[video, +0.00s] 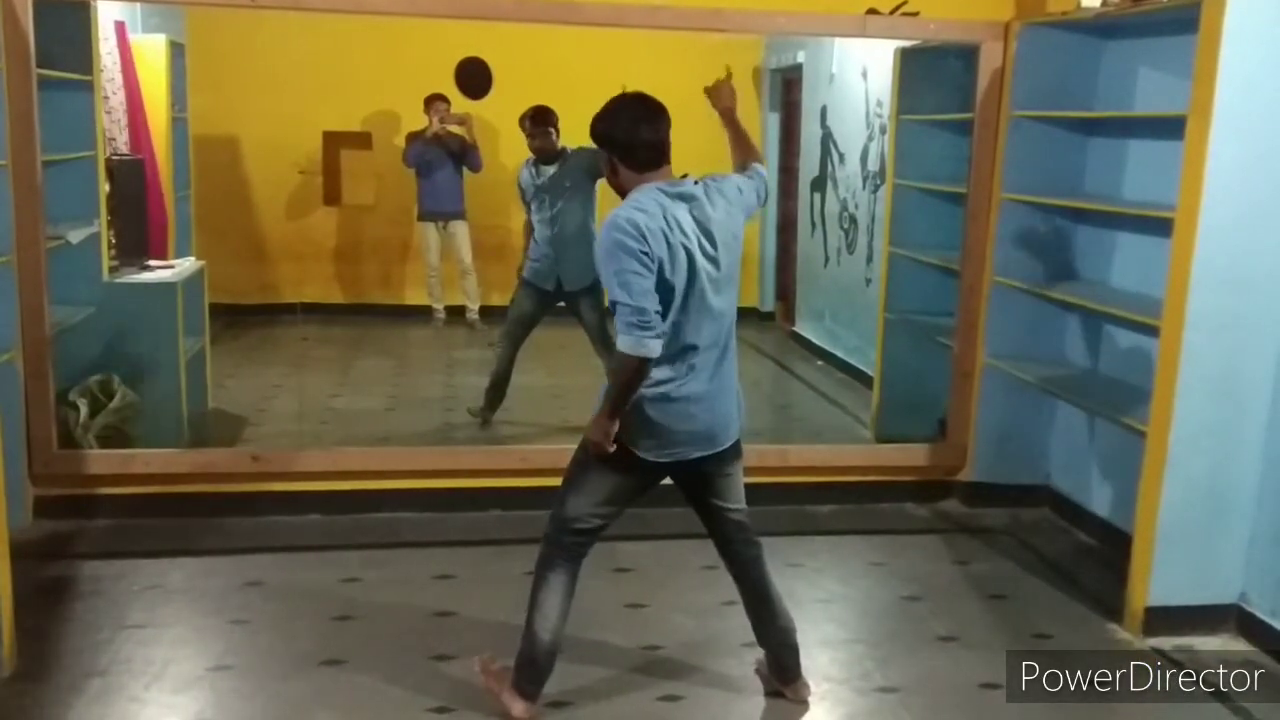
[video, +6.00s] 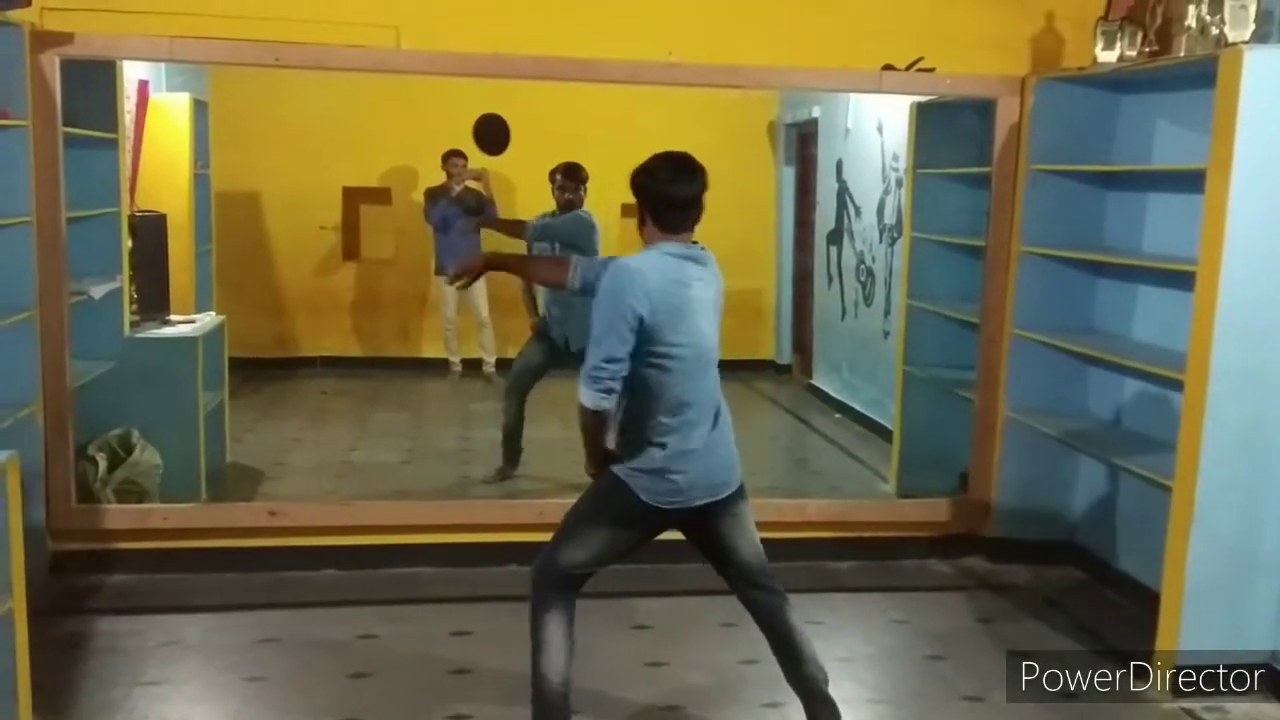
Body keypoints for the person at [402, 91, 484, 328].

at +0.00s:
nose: (440, 115)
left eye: (444, 111)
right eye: (435, 110)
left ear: (450, 113)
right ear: (427, 113)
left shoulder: (456, 140)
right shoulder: (416, 138)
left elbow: (476, 165)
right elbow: (410, 161)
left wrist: (470, 133)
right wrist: (429, 134)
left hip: (456, 213)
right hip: (428, 214)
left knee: (466, 264)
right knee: (433, 267)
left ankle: (473, 313)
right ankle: (438, 311)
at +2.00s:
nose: (440, 111)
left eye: (444, 106)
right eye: (435, 106)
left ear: (449, 109)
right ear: (427, 108)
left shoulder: (456, 136)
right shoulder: (416, 134)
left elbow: (474, 162)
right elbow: (415, 161)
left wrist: (470, 133)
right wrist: (434, 135)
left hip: (455, 210)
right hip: (428, 210)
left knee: (467, 262)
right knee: (432, 264)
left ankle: (473, 309)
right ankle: (437, 308)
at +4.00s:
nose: (438, 105)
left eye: (441, 100)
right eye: (433, 100)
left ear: (447, 103)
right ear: (424, 103)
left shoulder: (454, 130)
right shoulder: (414, 129)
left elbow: (473, 157)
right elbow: (412, 155)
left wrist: (467, 125)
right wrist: (433, 129)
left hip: (453, 203)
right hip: (426, 204)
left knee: (465, 257)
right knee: (430, 258)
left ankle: (471, 305)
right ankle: (436, 303)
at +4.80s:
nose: (441, 138)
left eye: (446, 133)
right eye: (437, 133)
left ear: (451, 136)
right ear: (429, 135)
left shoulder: (458, 162)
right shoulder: (418, 161)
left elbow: (477, 188)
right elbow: (417, 187)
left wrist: (471, 157)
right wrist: (436, 161)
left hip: (457, 234)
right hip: (430, 236)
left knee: (468, 287)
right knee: (434, 288)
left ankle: (474, 334)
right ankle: (439, 333)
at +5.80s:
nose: (457, 170)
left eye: (461, 166)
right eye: (452, 165)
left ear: (466, 168)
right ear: (444, 167)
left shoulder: (474, 194)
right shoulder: (433, 192)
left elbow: (492, 219)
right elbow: (431, 217)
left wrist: (486, 190)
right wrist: (452, 192)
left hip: (472, 265)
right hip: (445, 266)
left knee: (482, 316)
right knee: (448, 318)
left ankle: (488, 364)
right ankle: (454, 364)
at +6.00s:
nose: (457, 171)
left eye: (461, 166)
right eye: (453, 166)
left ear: (467, 169)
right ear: (444, 168)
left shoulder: (474, 196)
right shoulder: (434, 194)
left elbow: (491, 218)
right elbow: (432, 219)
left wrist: (486, 187)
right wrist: (452, 193)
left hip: (473, 263)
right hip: (446, 265)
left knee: (483, 318)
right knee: (449, 319)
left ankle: (489, 364)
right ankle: (454, 363)